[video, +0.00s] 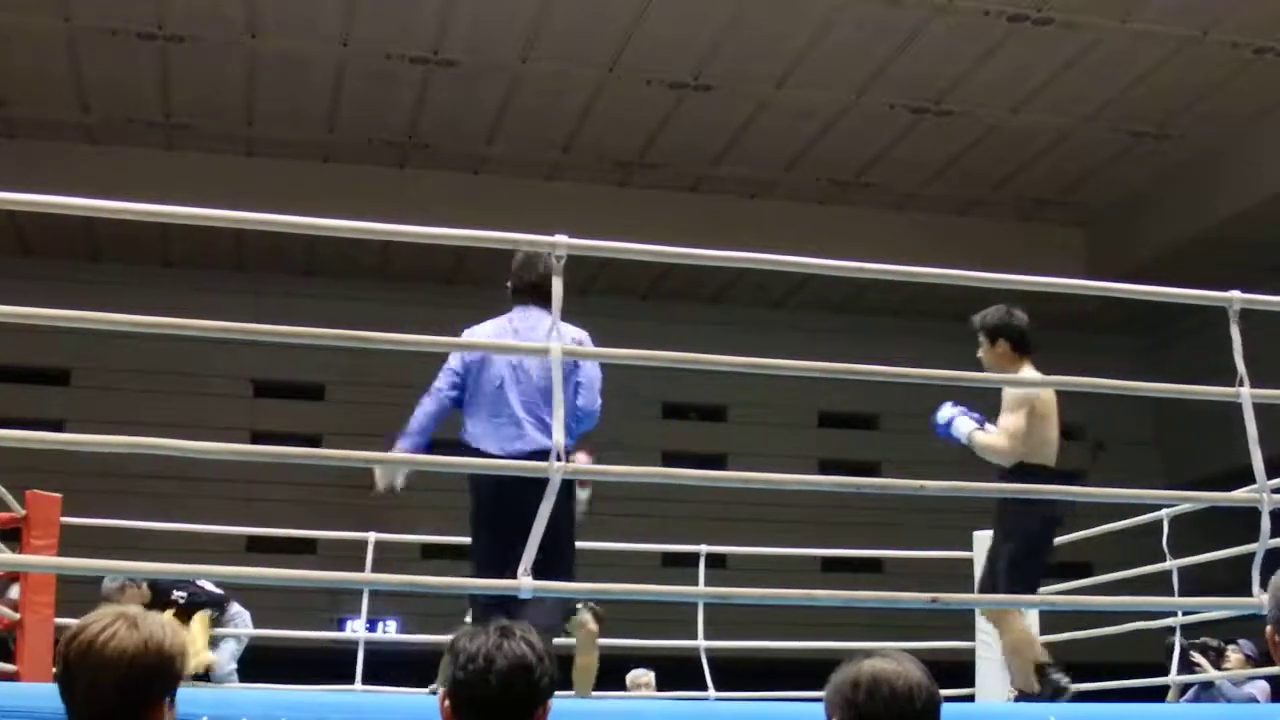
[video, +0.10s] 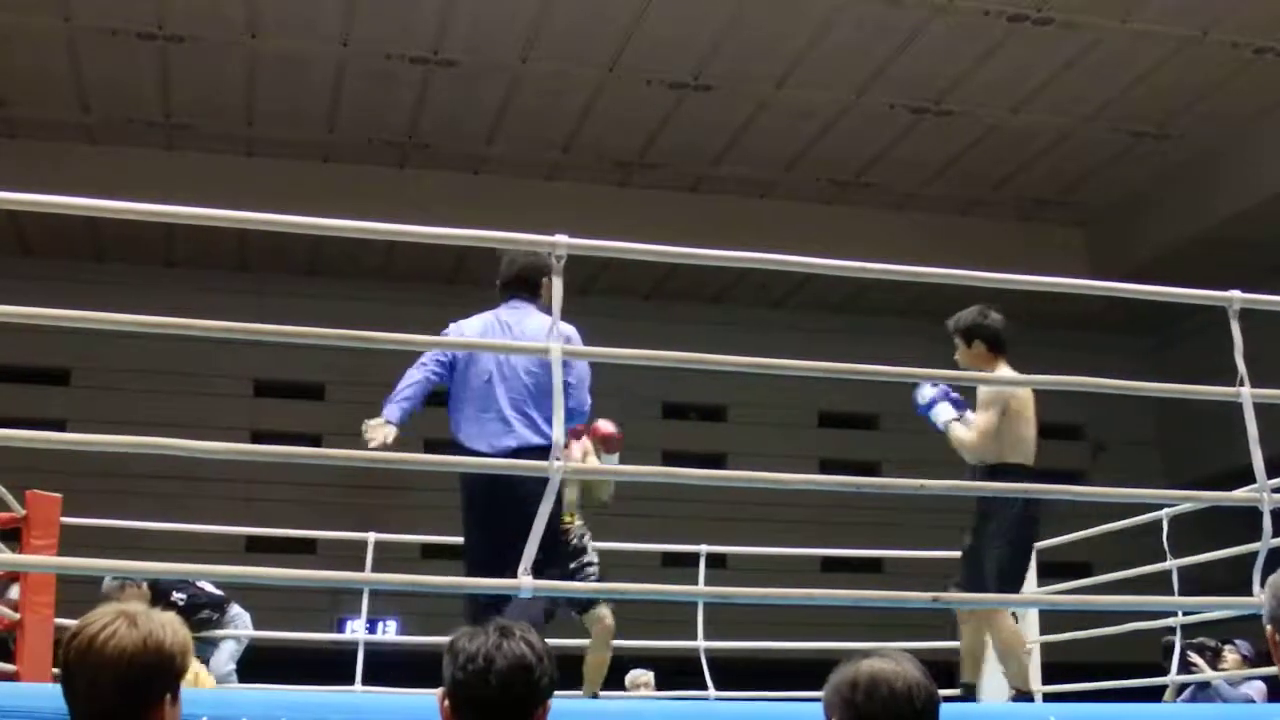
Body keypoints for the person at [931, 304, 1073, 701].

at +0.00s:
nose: (979, 354)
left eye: (982, 345)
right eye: (979, 345)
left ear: (1003, 346)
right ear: (1012, 345)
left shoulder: (1022, 385)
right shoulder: (1034, 383)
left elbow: (1009, 449)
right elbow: (1025, 444)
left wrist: (965, 430)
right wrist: (983, 428)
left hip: (1028, 503)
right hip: (1030, 501)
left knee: (1002, 601)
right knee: (990, 598)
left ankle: (1027, 694)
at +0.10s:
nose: (955, 356)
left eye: (959, 347)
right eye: (956, 347)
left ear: (980, 347)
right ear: (987, 346)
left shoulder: (997, 384)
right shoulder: (1009, 382)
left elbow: (978, 449)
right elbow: (990, 441)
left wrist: (944, 416)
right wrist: (960, 414)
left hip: (1008, 501)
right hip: (1002, 499)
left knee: (989, 601)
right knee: (967, 597)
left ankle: (1024, 698)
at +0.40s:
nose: (908, 382)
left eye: (910, 374)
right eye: (907, 376)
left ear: (928, 373)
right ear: (937, 373)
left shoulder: (954, 405)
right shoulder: (946, 410)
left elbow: (916, 461)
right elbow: (931, 476)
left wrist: (879, 421)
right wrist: (881, 468)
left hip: (971, 520)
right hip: (947, 521)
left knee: (946, 613)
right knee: (903, 612)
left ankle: (1013, 694)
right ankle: (917, 703)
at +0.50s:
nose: (892, 373)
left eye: (896, 364)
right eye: (892, 366)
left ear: (916, 362)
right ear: (917, 363)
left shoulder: (949, 396)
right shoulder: (920, 412)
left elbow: (914, 451)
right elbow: (910, 469)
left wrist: (883, 408)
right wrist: (871, 440)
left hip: (974, 507)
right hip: (943, 510)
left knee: (960, 600)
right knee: (916, 608)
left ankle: (1013, 694)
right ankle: (920, 700)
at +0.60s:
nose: (888, 369)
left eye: (893, 361)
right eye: (888, 362)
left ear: (914, 361)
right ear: (912, 363)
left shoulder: (949, 394)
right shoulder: (909, 408)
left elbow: (915, 447)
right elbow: (867, 446)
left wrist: (886, 404)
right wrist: (828, 414)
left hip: (979, 506)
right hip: (945, 512)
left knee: (977, 597)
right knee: (924, 610)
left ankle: (1022, 688)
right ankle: (918, 699)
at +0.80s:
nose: (897, 372)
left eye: (901, 364)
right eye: (897, 365)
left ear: (922, 362)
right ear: (920, 365)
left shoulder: (961, 400)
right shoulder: (923, 410)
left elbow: (927, 455)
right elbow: (920, 472)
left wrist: (896, 412)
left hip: (979, 521)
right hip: (947, 524)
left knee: (996, 609)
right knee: (902, 610)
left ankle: (1039, 696)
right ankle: (912, 699)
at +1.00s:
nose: (901, 379)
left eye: (904, 370)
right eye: (900, 372)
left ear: (925, 367)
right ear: (928, 368)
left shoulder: (960, 404)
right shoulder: (932, 411)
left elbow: (916, 458)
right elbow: (916, 470)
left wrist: (890, 411)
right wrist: (885, 423)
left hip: (977, 526)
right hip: (945, 527)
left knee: (986, 617)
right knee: (894, 613)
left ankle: (1038, 700)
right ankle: (898, 706)